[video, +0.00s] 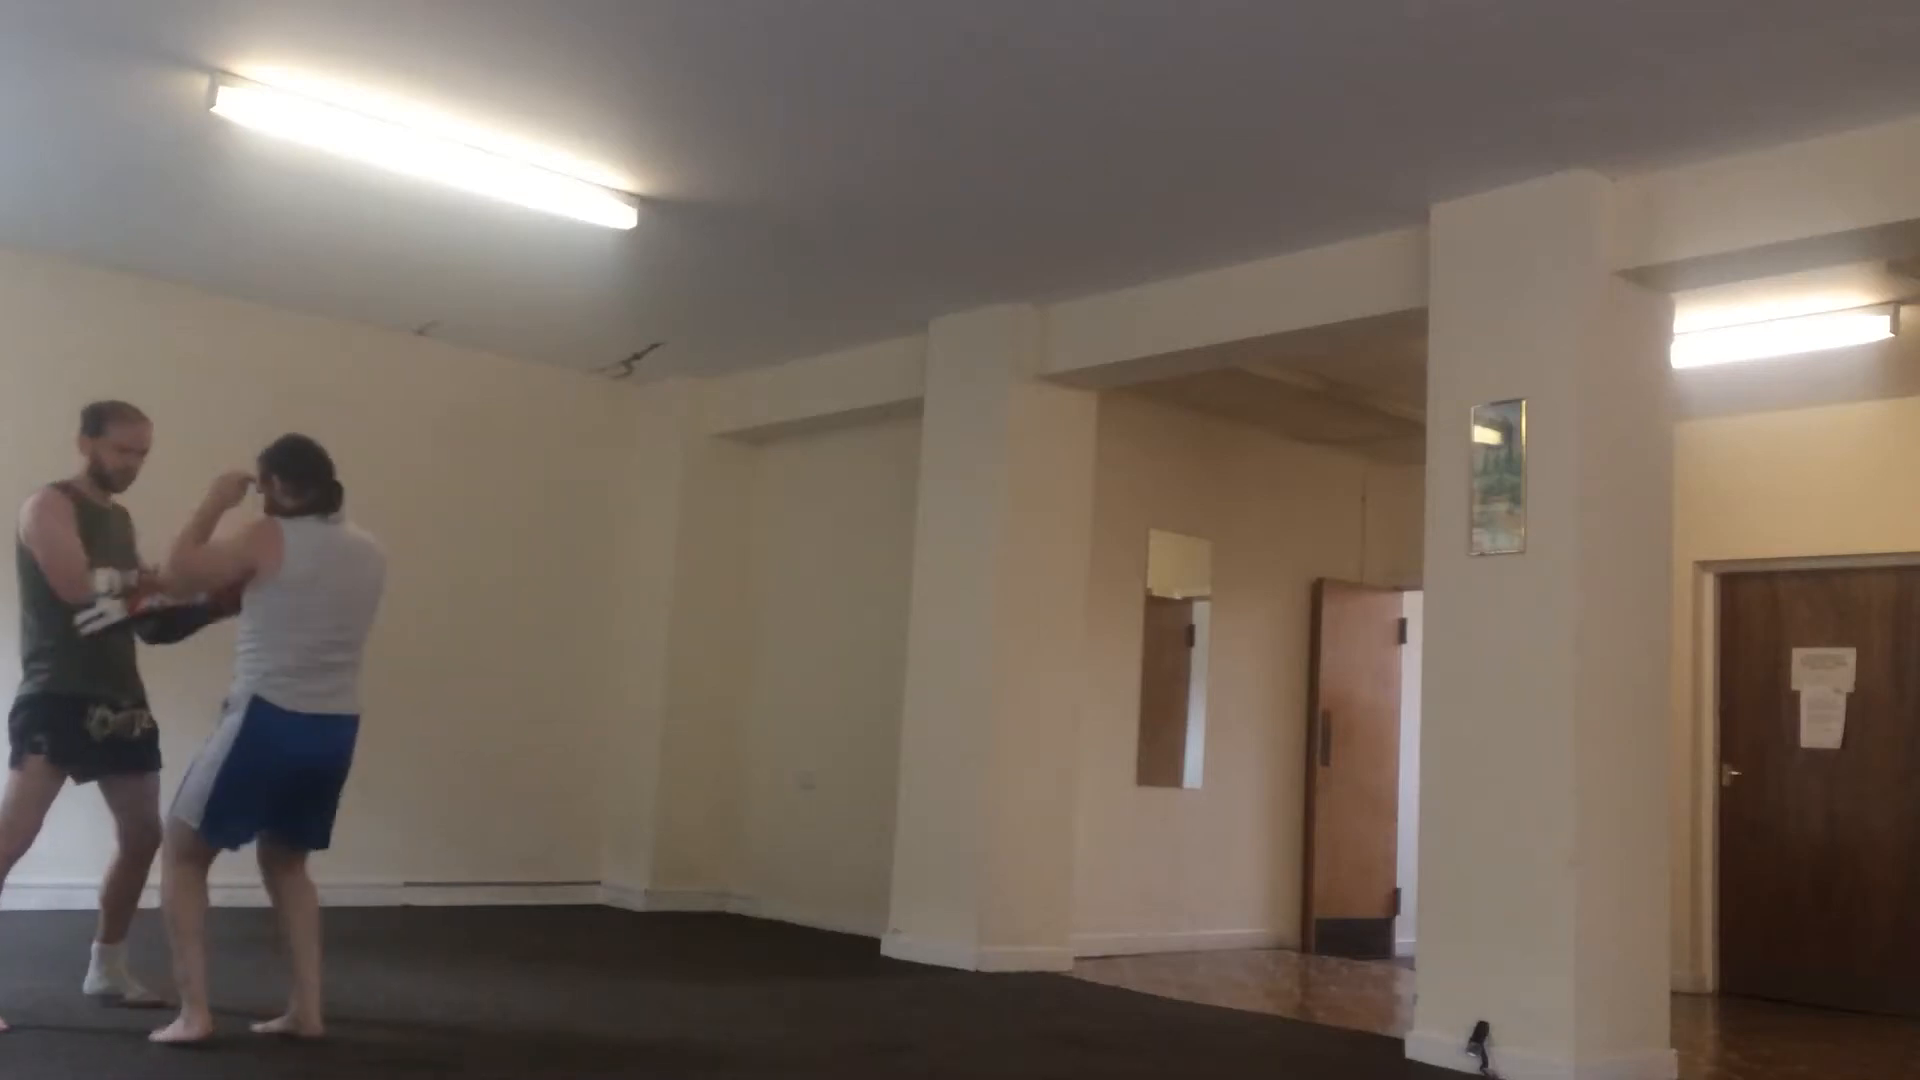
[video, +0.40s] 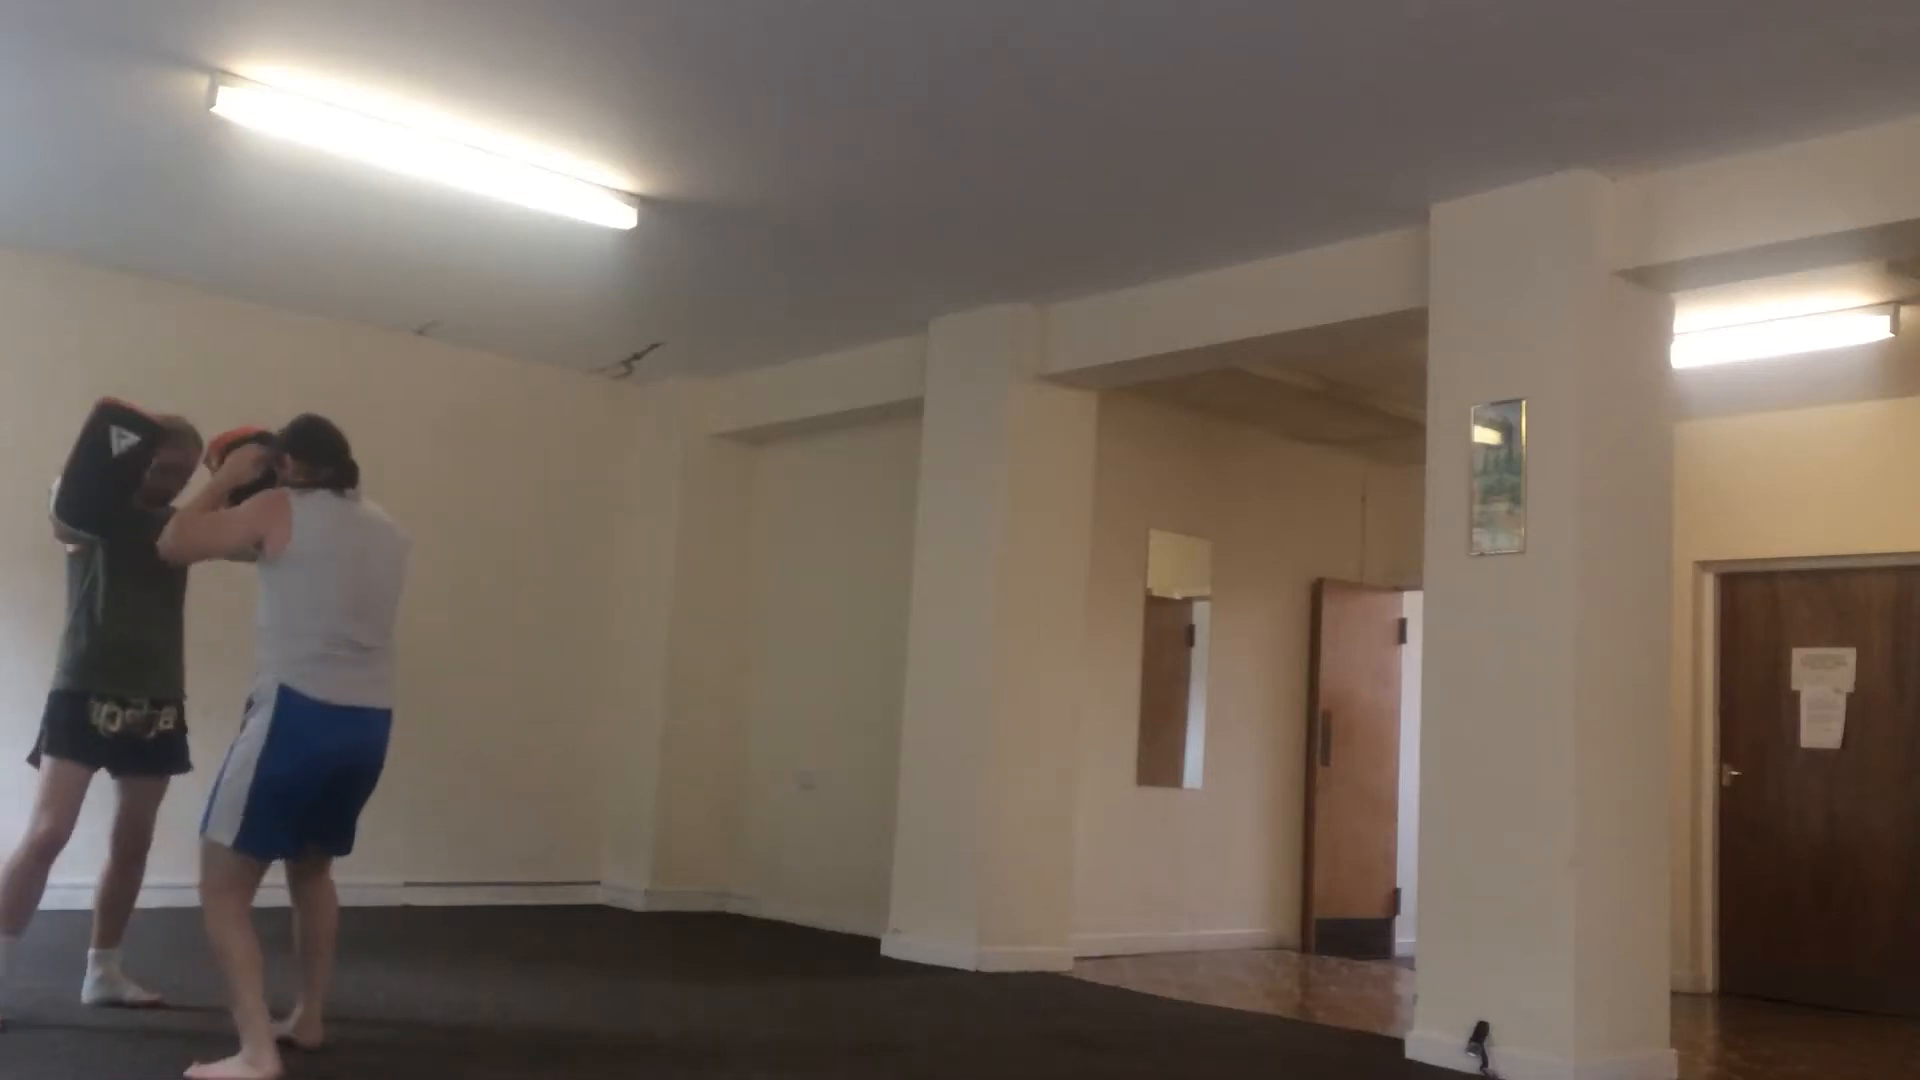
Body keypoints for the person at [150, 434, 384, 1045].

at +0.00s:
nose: (262, 490)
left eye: (266, 481)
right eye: (264, 480)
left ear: (277, 486)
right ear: (328, 484)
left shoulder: (268, 539)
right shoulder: (369, 553)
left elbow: (181, 567)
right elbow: (299, 599)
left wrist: (214, 503)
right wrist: (202, 601)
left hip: (262, 728)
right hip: (333, 735)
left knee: (184, 852)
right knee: (284, 856)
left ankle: (195, 1011)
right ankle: (306, 1010)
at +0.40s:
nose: (270, 469)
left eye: (273, 460)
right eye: (271, 460)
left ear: (288, 465)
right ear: (347, 468)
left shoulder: (280, 511)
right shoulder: (390, 534)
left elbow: (175, 541)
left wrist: (224, 476)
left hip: (289, 724)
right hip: (365, 731)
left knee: (225, 891)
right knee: (311, 865)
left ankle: (257, 1052)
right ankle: (310, 1018)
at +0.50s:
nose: (282, 442)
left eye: (285, 434)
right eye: (284, 433)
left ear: (299, 438)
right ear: (359, 441)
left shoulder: (292, 479)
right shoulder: (404, 507)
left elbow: (188, 518)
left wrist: (240, 454)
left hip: (305, 694)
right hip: (381, 702)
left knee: (262, 862)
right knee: (319, 853)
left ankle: (256, 1048)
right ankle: (319, 1019)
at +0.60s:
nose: (290, 443)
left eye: (293, 435)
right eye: (293, 435)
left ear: (309, 438)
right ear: (370, 442)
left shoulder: (301, 476)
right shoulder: (415, 505)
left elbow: (202, 515)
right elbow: (350, 554)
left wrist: (251, 454)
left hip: (317, 695)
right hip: (396, 705)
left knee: (250, 869)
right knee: (334, 875)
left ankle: (281, 1046)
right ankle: (337, 1045)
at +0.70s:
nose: (299, 461)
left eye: (304, 453)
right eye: (302, 453)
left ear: (317, 457)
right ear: (379, 462)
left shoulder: (306, 496)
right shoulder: (421, 523)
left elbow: (212, 541)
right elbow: (375, 603)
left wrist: (266, 471)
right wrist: (286, 588)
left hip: (324, 719)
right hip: (403, 728)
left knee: (248, 894)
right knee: (341, 895)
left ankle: (312, 1047)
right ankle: (337, 1056)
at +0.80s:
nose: (303, 471)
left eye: (307, 464)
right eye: (308, 464)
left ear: (321, 466)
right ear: (381, 472)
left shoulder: (308, 507)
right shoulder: (426, 529)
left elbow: (221, 556)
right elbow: (389, 627)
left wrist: (273, 487)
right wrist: (294, 649)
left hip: (332, 726)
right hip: (410, 734)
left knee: (284, 915)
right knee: (338, 902)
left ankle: (329, 1064)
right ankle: (334, 1059)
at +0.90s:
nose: (302, 470)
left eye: (307, 463)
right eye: (308, 462)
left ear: (322, 467)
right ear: (384, 473)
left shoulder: (311, 509)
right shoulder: (429, 528)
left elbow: (226, 563)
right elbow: (391, 628)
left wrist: (275, 490)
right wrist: (300, 684)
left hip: (340, 726)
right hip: (419, 737)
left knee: (300, 915)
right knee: (339, 902)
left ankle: (334, 1067)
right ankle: (332, 1058)